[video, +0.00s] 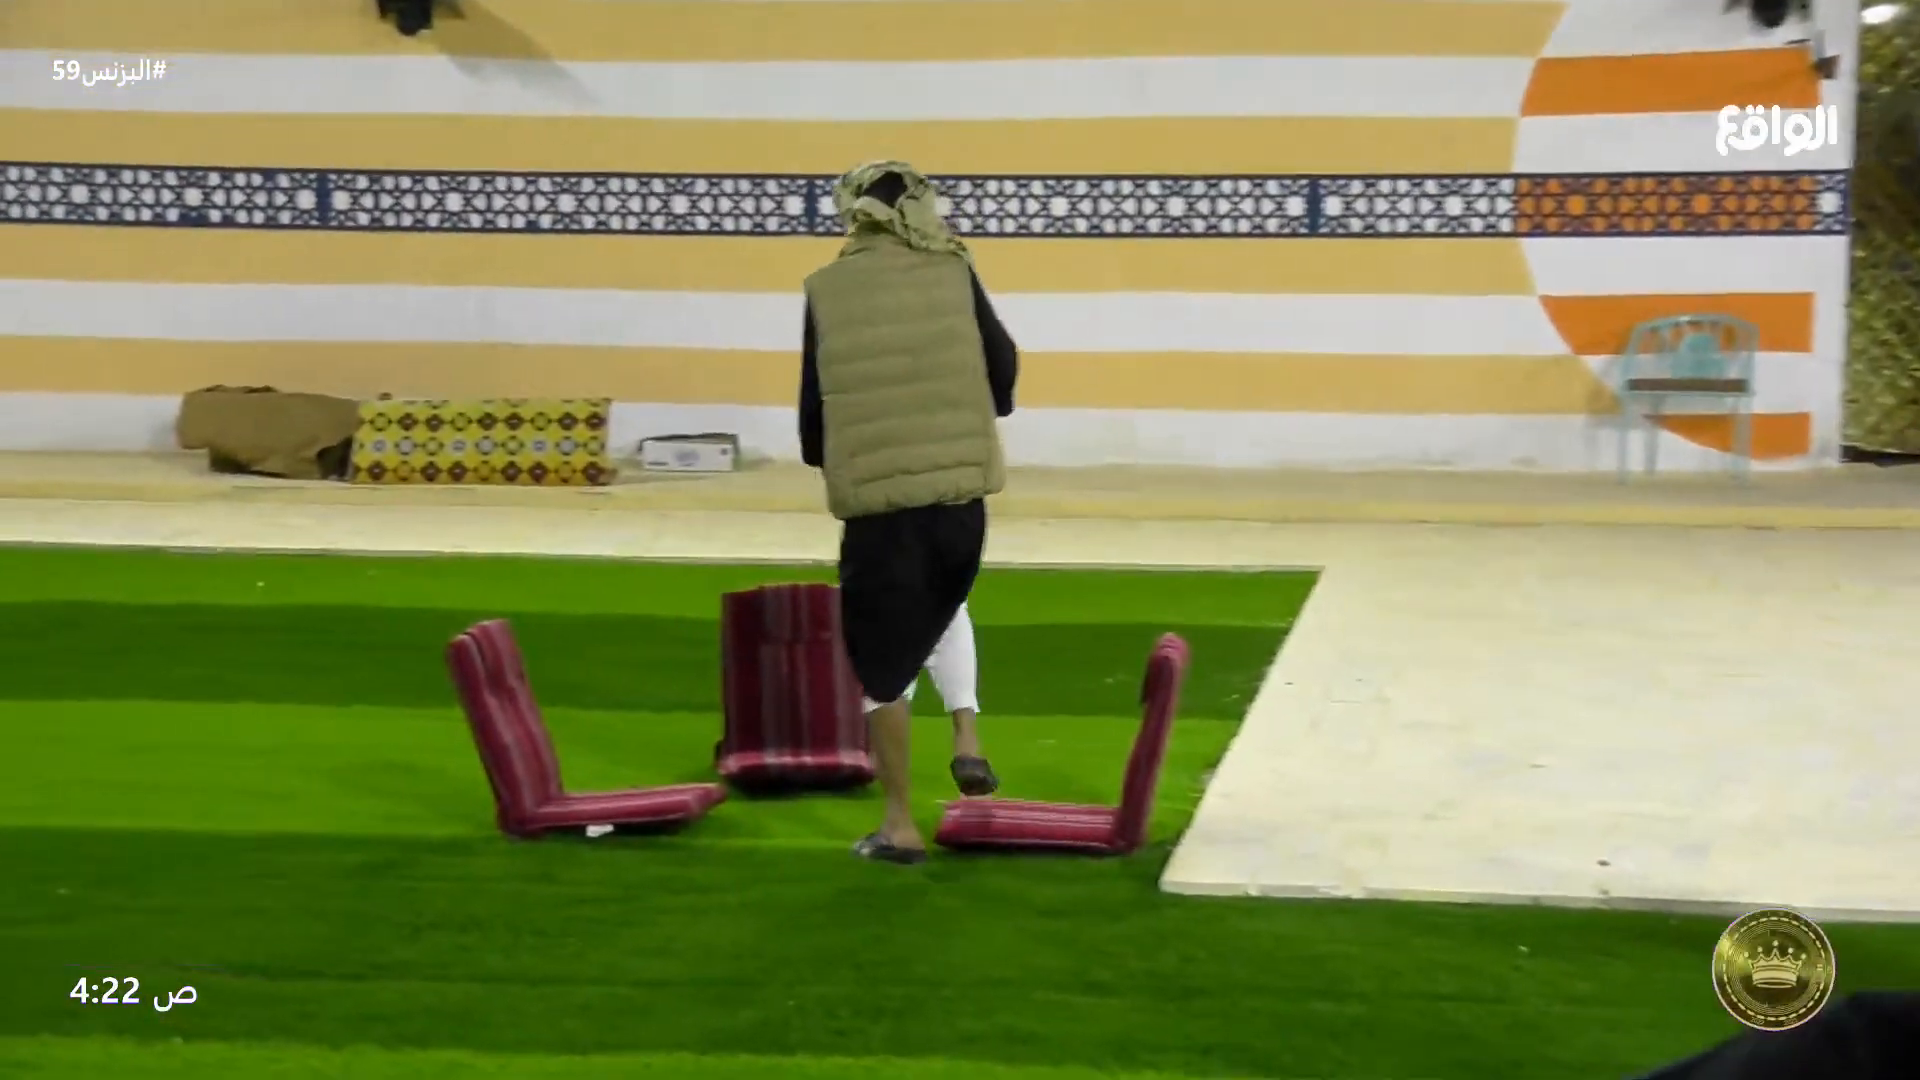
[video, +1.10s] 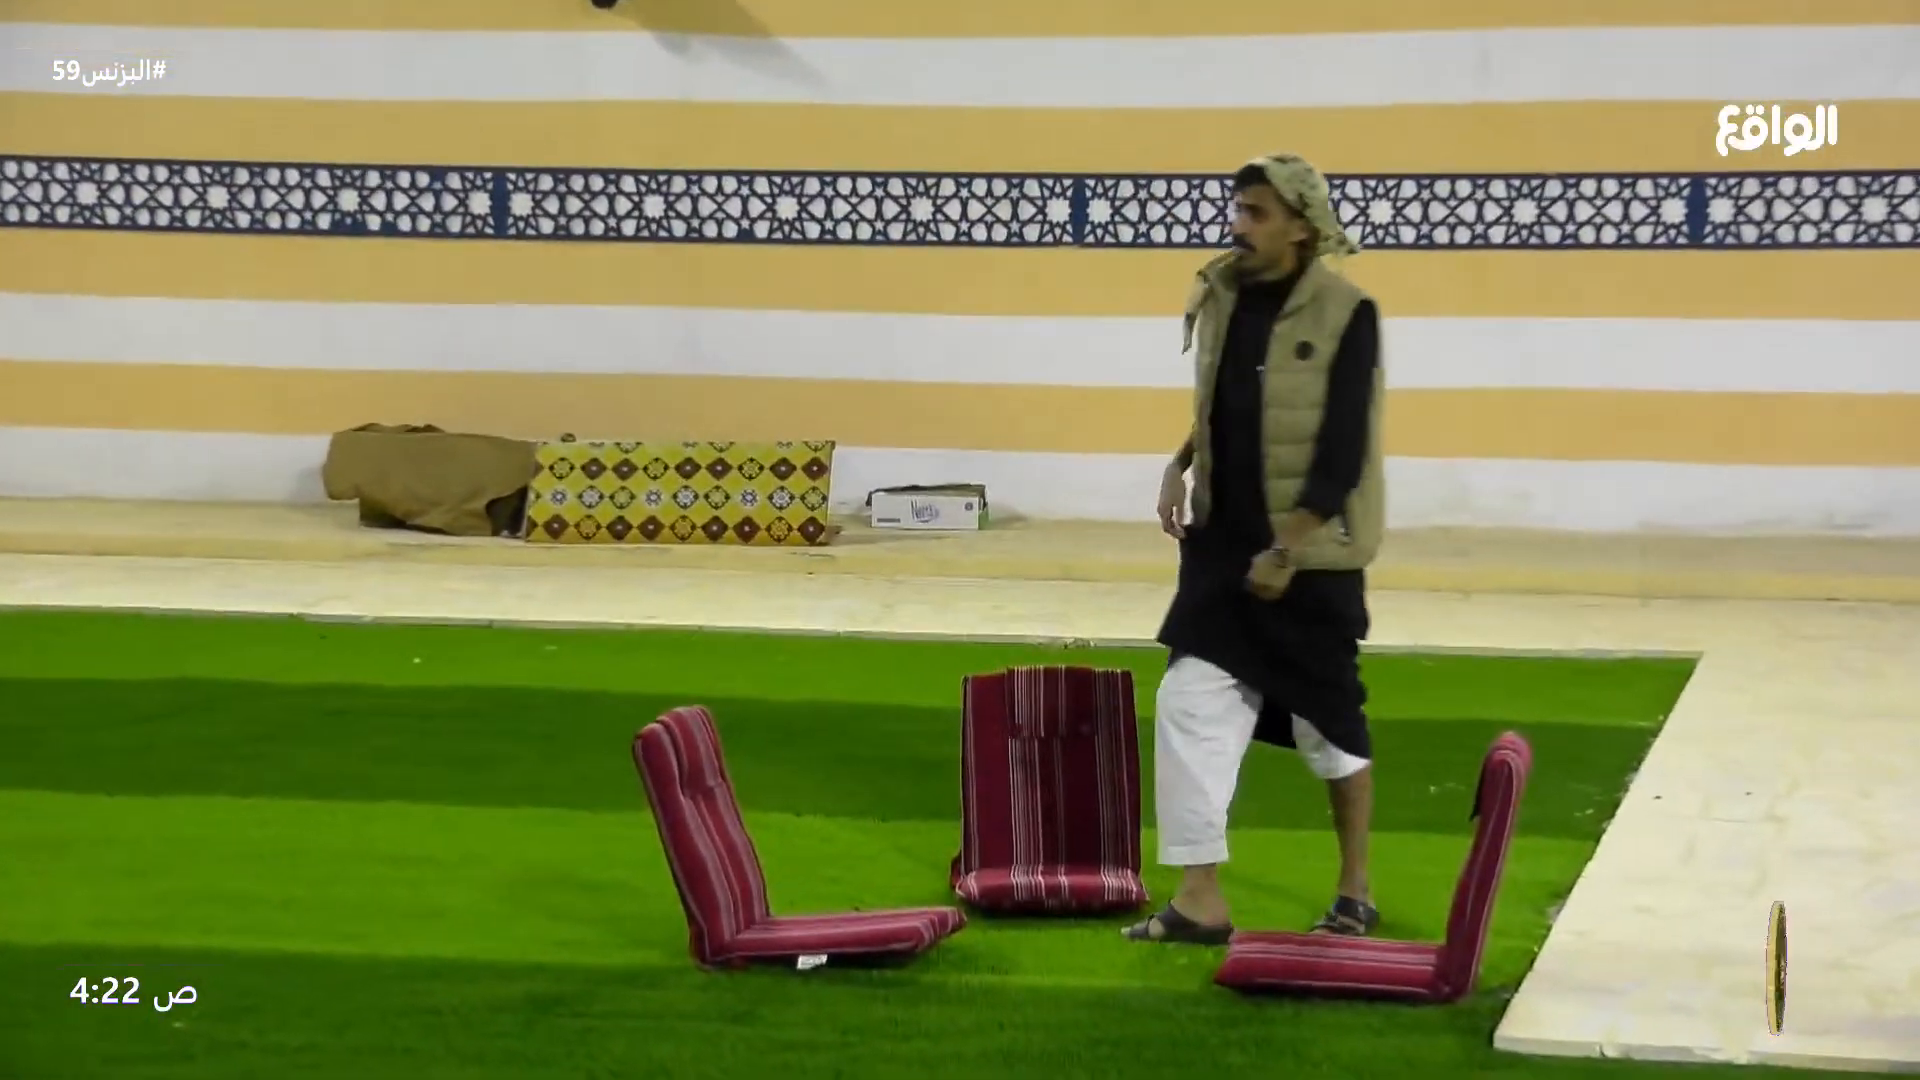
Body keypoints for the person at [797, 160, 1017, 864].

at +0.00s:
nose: (843, 224)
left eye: (846, 213)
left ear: (854, 219)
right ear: (920, 209)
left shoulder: (828, 287)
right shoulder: (954, 270)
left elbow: (815, 410)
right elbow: (1001, 358)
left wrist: (831, 458)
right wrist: (980, 411)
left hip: (877, 511)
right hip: (960, 505)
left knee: (885, 671)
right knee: (947, 602)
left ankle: (899, 826)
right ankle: (968, 742)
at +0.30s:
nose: (928, 254)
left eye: (929, 244)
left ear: (942, 243)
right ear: (1002, 229)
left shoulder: (951, 308)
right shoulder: (1051, 295)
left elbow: (940, 416)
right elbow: (1105, 388)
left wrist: (930, 496)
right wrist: (1069, 451)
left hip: (991, 519)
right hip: (1063, 512)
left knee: (992, 695)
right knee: (1026, 662)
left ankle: (1008, 859)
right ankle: (1034, 806)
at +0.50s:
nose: (997, 264)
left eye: (1005, 248)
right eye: (994, 249)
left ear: (1045, 245)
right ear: (1052, 248)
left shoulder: (1073, 307)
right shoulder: (1094, 298)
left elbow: (1071, 415)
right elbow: (1149, 395)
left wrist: (1060, 491)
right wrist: (1087, 483)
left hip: (1109, 523)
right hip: (1140, 517)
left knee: (1031, 665)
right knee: (1075, 675)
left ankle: (1105, 825)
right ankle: (1104, 831)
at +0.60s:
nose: (1055, 253)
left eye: (1066, 238)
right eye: (1054, 239)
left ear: (1110, 237)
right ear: (1093, 241)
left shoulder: (1145, 302)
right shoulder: (1101, 306)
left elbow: (1145, 422)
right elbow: (1116, 421)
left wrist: (1115, 517)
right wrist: (1112, 513)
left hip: (1166, 521)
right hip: (1155, 523)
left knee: (1066, 659)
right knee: (1144, 688)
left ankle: (1206, 781)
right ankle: (1140, 866)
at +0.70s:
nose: (1089, 247)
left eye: (1101, 233)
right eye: (1088, 234)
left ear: (1148, 236)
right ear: (1117, 241)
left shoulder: (1183, 306)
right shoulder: (1123, 313)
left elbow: (1179, 422)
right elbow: (1127, 426)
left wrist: (1142, 515)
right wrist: (1125, 508)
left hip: (1198, 527)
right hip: (1165, 525)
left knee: (1114, 671)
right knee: (1159, 693)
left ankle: (1257, 774)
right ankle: (1164, 876)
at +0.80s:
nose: (1139, 242)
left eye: (1152, 229)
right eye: (1138, 229)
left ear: (1197, 235)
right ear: (1157, 237)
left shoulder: (1235, 314)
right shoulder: (1163, 310)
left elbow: (1222, 435)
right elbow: (1166, 424)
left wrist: (1173, 538)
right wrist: (1156, 495)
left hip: (1231, 548)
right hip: (1179, 543)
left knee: (1208, 713)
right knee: (1170, 711)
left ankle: (1313, 814)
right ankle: (1188, 889)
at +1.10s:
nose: (1239, 224)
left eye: (1256, 212)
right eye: (1237, 210)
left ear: (1301, 224)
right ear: (1239, 219)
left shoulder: (1347, 312)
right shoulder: (1221, 300)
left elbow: (1345, 448)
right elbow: (1219, 412)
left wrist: (1288, 544)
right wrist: (1179, 466)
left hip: (1317, 559)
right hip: (1223, 551)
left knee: (1332, 731)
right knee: (1190, 707)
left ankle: (1354, 891)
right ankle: (1201, 899)